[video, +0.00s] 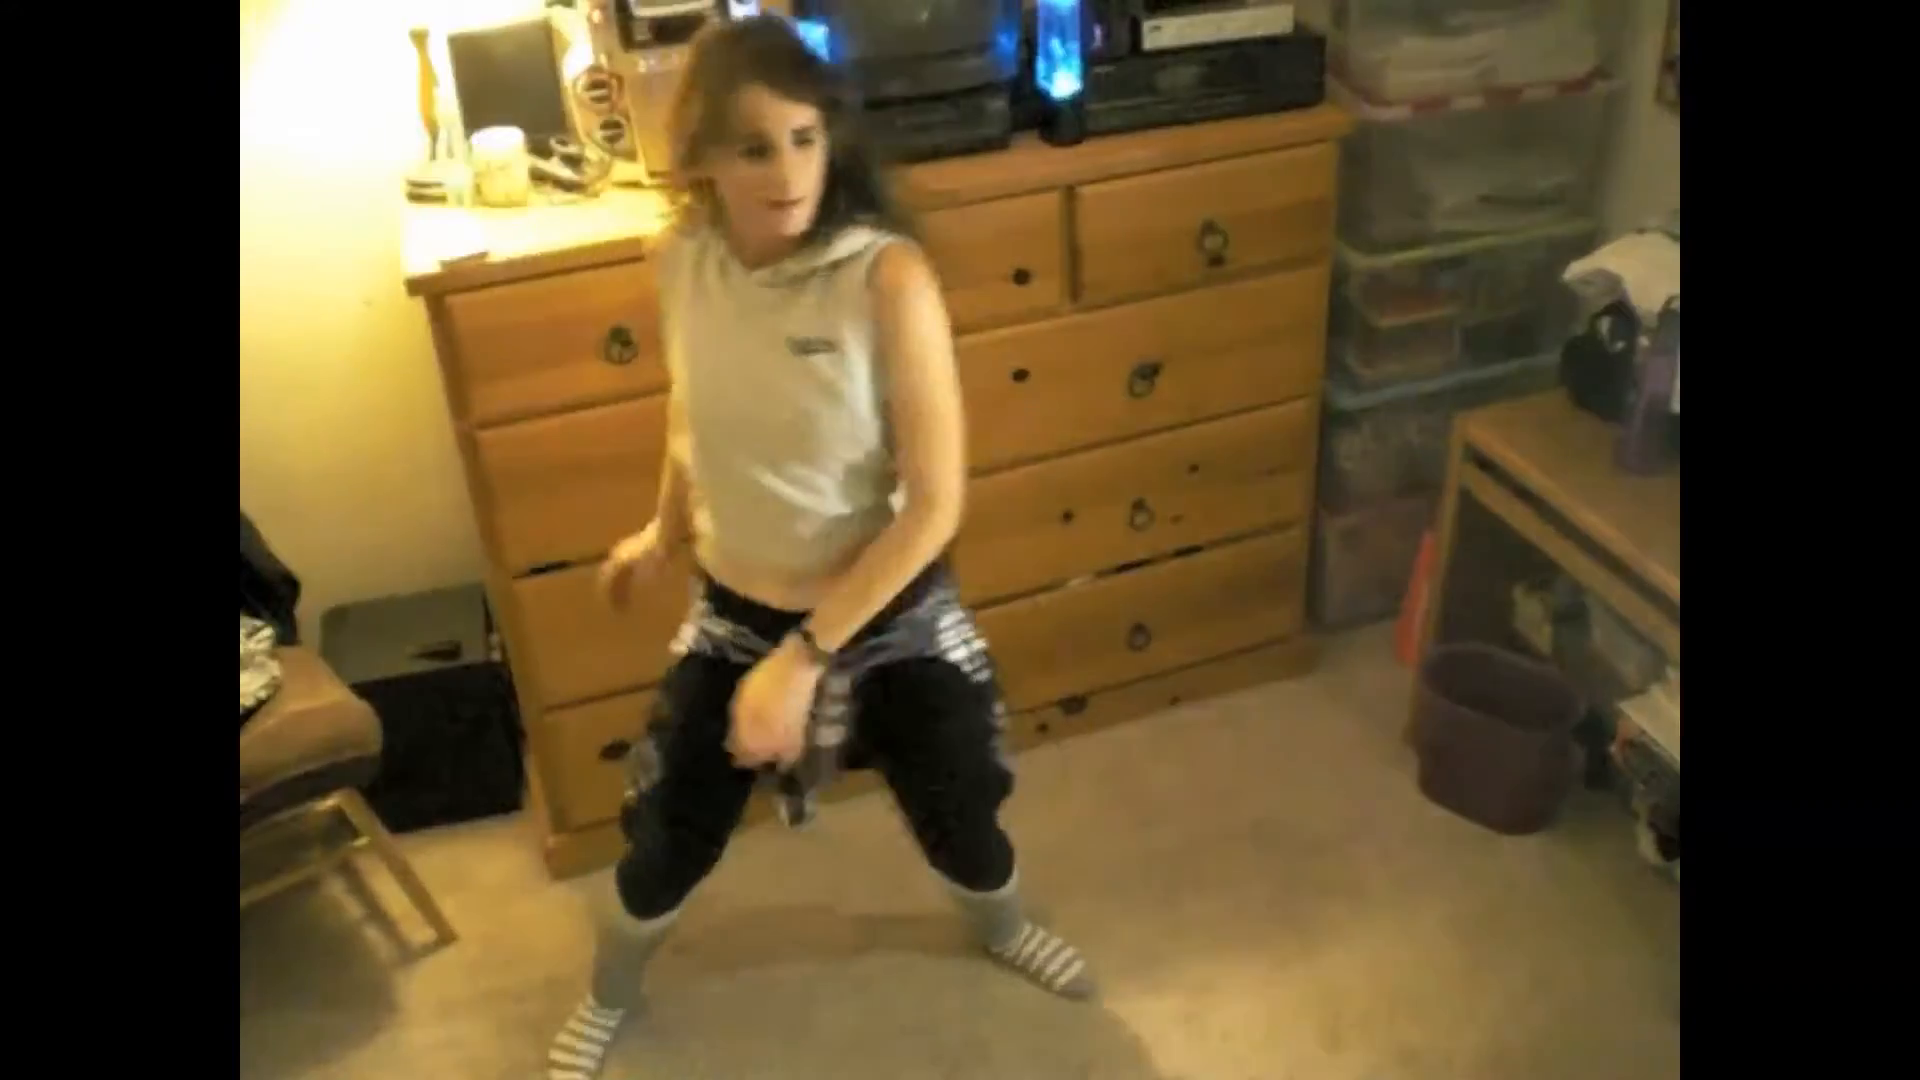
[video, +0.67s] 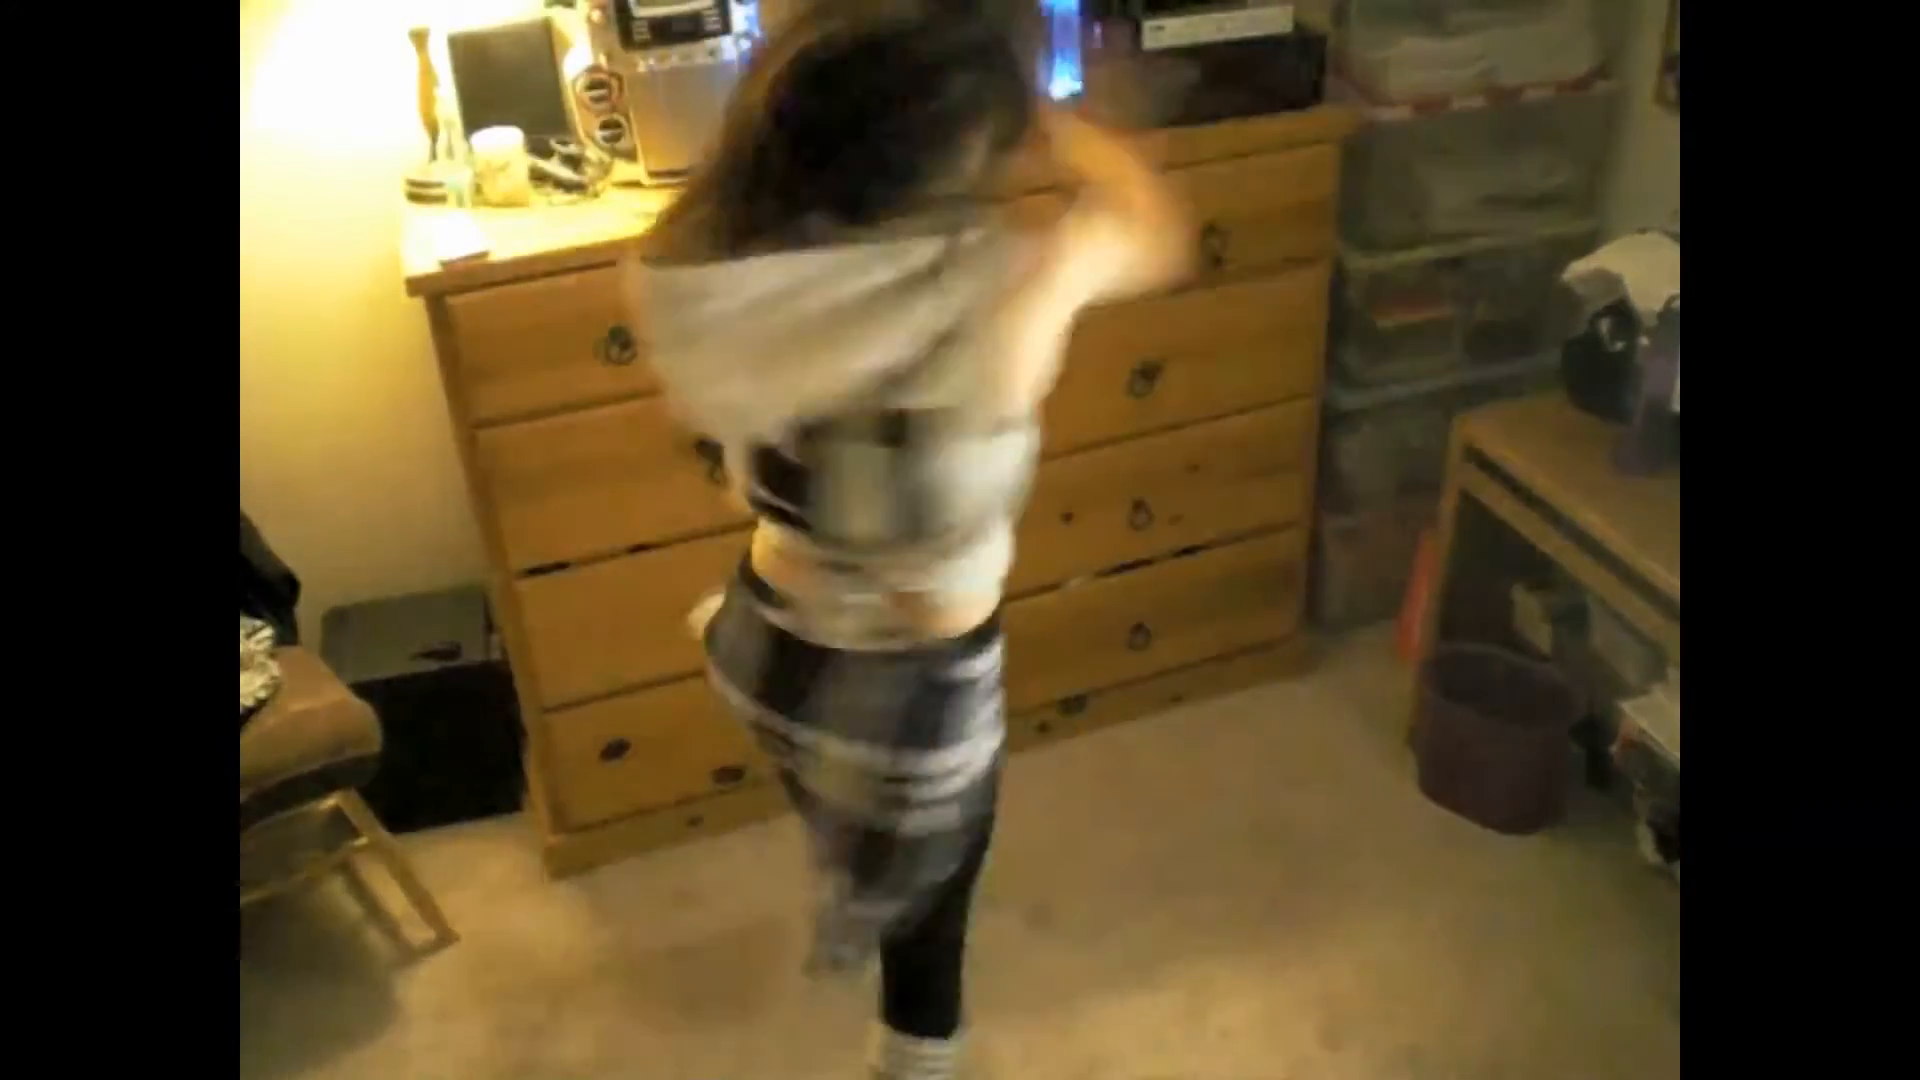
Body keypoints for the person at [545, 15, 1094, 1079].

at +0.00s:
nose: (784, 174)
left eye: (802, 141)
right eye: (750, 149)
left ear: (833, 142)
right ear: (700, 162)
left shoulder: (887, 276)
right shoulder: (684, 266)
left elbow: (933, 500)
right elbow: (686, 409)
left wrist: (804, 654)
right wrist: (666, 526)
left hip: (894, 615)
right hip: (737, 617)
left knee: (966, 799)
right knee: (668, 839)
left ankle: (998, 925)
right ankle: (608, 996)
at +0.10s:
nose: (834, 165)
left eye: (853, 131)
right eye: (800, 138)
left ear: (878, 130)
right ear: (743, 148)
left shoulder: (924, 254)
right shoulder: (721, 253)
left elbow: (981, 494)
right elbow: (715, 371)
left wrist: (838, 646)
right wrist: (649, 492)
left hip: (935, 596)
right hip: (787, 605)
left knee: (992, 780)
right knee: (750, 871)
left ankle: (1008, 926)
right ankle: (660, 972)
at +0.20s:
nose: (880, 167)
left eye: (899, 134)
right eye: (845, 138)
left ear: (921, 138)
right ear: (783, 149)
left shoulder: (953, 254)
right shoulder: (747, 252)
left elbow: (1064, 468)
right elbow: (705, 371)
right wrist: (585, 459)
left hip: (963, 610)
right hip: (816, 621)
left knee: (1006, 804)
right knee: (832, 886)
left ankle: (1014, 923)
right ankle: (770, 987)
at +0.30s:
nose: (913, 195)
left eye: (932, 168)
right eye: (880, 168)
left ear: (950, 176)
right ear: (807, 178)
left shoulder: (986, 299)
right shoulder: (759, 281)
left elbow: (1150, 445)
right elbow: (641, 388)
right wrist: (466, 451)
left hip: (977, 628)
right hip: (834, 643)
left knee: (1020, 831)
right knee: (902, 916)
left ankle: (1017, 929)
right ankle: (854, 1045)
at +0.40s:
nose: (948, 231)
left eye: (964, 199)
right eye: (911, 204)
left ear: (988, 204)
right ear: (835, 219)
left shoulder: (1034, 322)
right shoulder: (766, 343)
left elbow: (1222, 436)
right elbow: (593, 483)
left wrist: (1391, 535)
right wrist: (384, 558)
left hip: (985, 646)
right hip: (842, 685)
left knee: (1056, 823)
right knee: (946, 954)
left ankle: (1025, 923)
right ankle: (880, 1052)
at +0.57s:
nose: (997, 164)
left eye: (1002, 131)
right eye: (964, 135)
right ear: (869, 136)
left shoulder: (808, 246)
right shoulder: (908, 307)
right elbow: (1136, 457)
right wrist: (1404, 416)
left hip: (830, 645)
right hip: (863, 711)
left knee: (946, 790)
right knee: (937, 942)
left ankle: (966, 894)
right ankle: (870, 1054)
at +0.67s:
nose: (1006, 152)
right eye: (996, 133)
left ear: (786, 132)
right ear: (963, 158)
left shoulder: (742, 278)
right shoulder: (1009, 278)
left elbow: (750, 148)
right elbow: (1153, 225)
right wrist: (1051, 125)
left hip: (768, 658)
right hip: (919, 694)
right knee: (923, 927)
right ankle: (917, 1060)